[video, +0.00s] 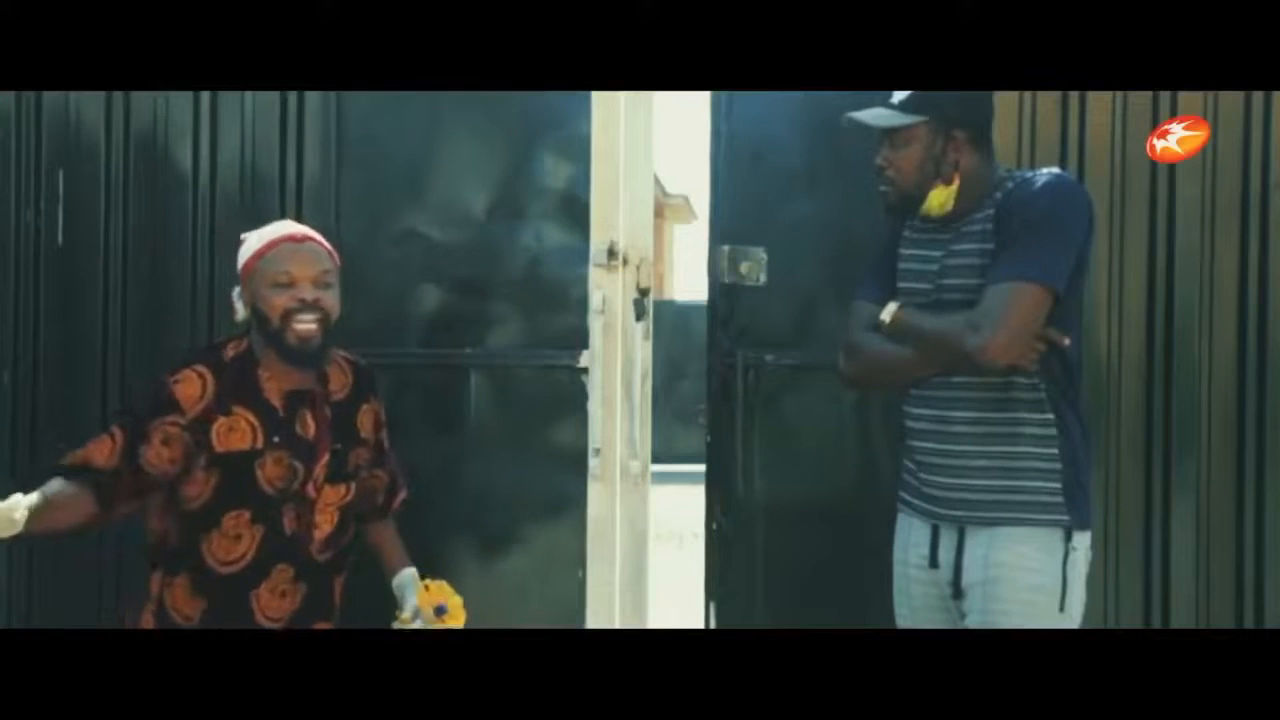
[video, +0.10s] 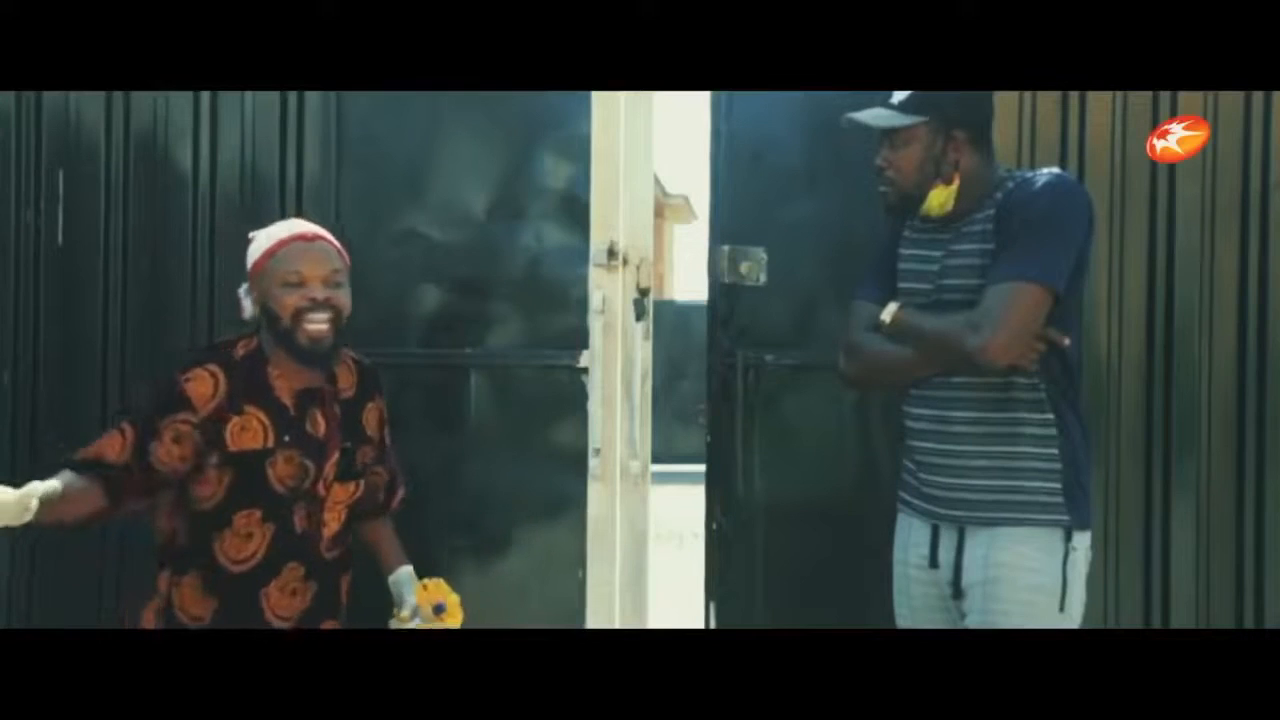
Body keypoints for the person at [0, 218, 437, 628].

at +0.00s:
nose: (308, 299)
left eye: (322, 284)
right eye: (284, 285)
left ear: (339, 295)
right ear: (247, 300)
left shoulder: (353, 387)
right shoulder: (202, 389)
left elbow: (375, 505)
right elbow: (108, 482)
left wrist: (409, 589)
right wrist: (22, 513)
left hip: (310, 620)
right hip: (196, 618)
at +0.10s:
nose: (319, 297)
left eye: (333, 282)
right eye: (295, 284)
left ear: (349, 294)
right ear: (256, 300)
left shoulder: (357, 385)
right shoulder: (212, 385)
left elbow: (371, 503)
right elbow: (123, 476)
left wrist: (407, 589)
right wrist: (34, 502)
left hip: (316, 619)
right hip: (206, 617)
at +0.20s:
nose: (335, 290)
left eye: (347, 276)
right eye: (312, 277)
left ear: (364, 286)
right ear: (271, 293)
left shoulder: (364, 385)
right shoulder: (230, 377)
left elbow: (365, 501)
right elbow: (136, 464)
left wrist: (399, 582)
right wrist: (37, 482)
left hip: (322, 616)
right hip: (215, 614)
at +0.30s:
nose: (355, 279)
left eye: (363, 265)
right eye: (330, 266)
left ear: (375, 276)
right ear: (287, 282)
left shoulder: (359, 381)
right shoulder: (243, 366)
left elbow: (356, 499)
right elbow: (155, 438)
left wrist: (391, 576)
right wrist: (75, 448)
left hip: (327, 613)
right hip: (222, 613)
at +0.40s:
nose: (356, 257)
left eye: (363, 244)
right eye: (330, 246)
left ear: (374, 253)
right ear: (284, 265)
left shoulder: (354, 373)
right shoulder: (257, 337)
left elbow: (346, 490)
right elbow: (213, 373)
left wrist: (381, 560)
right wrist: (162, 383)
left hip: (325, 605)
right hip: (232, 603)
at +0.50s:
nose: (313, 241)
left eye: (319, 227)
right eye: (296, 229)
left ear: (332, 231)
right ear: (260, 245)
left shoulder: (343, 347)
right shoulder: (237, 324)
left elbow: (343, 469)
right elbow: (278, 311)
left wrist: (375, 546)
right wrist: (320, 273)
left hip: (315, 554)